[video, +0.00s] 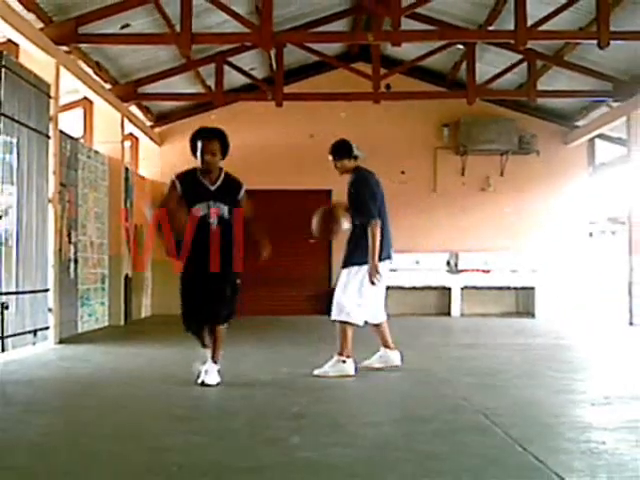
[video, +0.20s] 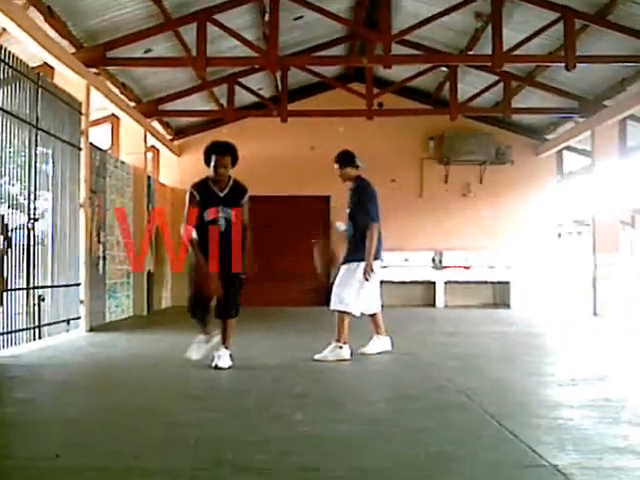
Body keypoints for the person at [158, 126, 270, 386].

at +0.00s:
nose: (209, 157)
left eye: (214, 152)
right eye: (205, 152)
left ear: (223, 154)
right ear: (198, 154)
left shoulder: (235, 186)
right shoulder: (183, 182)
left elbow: (249, 219)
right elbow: (167, 211)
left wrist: (263, 241)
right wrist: (172, 240)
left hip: (225, 262)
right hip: (194, 261)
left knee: (218, 316)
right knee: (193, 317)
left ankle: (215, 363)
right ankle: (208, 351)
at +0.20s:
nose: (222, 172)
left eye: (227, 167)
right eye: (218, 166)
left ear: (233, 166)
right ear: (210, 166)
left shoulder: (241, 192)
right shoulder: (198, 190)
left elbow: (246, 226)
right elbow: (189, 228)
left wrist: (247, 258)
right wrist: (199, 260)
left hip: (232, 260)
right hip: (205, 259)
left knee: (229, 306)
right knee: (198, 304)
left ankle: (225, 347)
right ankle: (207, 335)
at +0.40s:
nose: (221, 170)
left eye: (225, 165)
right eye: (217, 165)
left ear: (231, 165)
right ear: (209, 164)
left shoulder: (239, 191)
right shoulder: (196, 189)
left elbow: (246, 225)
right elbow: (186, 228)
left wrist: (247, 256)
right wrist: (195, 259)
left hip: (230, 259)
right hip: (203, 258)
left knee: (226, 307)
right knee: (196, 305)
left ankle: (223, 350)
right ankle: (205, 337)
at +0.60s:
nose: (219, 169)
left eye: (223, 163)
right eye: (215, 163)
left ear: (229, 163)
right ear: (206, 162)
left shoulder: (237, 190)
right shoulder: (193, 188)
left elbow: (243, 226)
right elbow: (183, 227)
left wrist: (243, 257)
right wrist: (193, 261)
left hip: (228, 257)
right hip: (199, 256)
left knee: (224, 306)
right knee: (194, 304)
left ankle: (221, 352)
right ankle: (201, 340)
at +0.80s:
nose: (218, 167)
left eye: (222, 161)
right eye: (214, 161)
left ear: (227, 161)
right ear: (204, 160)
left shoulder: (235, 188)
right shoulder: (190, 187)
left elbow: (242, 225)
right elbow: (181, 228)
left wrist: (242, 258)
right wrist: (193, 266)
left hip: (227, 255)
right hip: (197, 254)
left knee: (223, 305)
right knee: (192, 302)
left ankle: (219, 354)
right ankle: (199, 341)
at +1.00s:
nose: (215, 165)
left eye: (219, 160)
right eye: (211, 159)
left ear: (227, 161)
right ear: (204, 160)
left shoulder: (236, 189)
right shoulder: (189, 187)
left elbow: (243, 226)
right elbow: (178, 225)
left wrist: (245, 258)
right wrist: (185, 257)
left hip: (227, 256)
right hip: (196, 256)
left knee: (222, 306)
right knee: (190, 304)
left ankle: (220, 354)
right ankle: (199, 340)